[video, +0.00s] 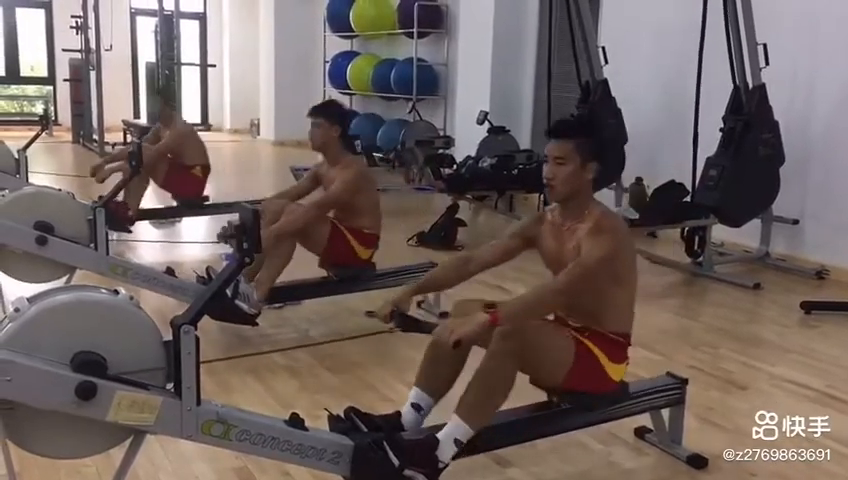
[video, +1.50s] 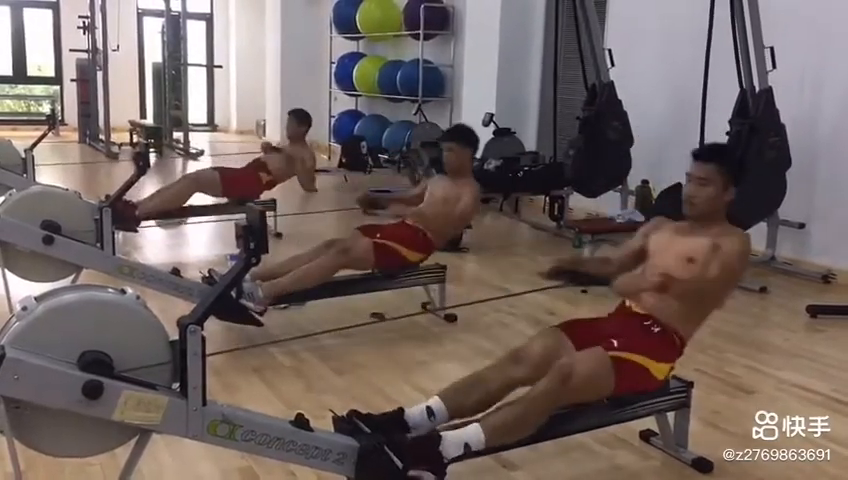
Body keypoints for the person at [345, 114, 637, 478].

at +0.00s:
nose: (547, 172)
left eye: (560, 163)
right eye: (546, 161)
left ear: (590, 170)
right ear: (544, 163)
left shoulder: (607, 231)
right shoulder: (542, 222)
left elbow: (557, 292)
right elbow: (472, 261)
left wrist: (485, 322)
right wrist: (411, 292)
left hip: (601, 356)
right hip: (560, 336)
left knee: (510, 335)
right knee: (465, 313)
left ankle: (439, 452)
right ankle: (407, 423)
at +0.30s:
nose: (485, 181)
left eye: (498, 172)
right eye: (484, 170)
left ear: (530, 178)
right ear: (483, 170)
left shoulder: (545, 241)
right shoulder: (484, 230)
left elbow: (491, 302)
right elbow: (409, 267)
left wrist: (405, 330)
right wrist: (337, 297)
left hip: (559, 373)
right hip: (514, 360)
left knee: (480, 323)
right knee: (428, 299)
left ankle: (439, 452)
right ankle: (408, 425)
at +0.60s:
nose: (413, 196)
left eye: (425, 187)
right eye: (411, 185)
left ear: (459, 194)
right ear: (410, 185)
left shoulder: (471, 254)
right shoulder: (411, 245)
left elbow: (403, 314)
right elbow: (330, 280)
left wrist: (310, 347)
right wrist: (249, 312)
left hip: (521, 384)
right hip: (473, 372)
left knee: (448, 320)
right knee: (394, 293)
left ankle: (442, 443)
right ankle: (408, 418)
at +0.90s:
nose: (452, 187)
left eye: (465, 177)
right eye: (451, 176)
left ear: (497, 187)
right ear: (449, 179)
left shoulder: (513, 246)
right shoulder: (453, 236)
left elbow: (456, 308)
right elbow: (377, 275)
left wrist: (367, 330)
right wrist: (310, 293)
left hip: (547, 373)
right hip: (498, 364)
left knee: (468, 319)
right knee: (420, 295)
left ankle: (443, 450)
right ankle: (409, 423)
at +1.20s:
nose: (586, 166)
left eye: (600, 157)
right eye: (584, 155)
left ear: (627, 166)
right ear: (578, 158)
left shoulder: (637, 226)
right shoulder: (571, 219)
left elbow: (581, 287)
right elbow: (498, 259)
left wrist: (516, 302)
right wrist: (446, 269)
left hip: (623, 349)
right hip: (584, 329)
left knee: (535, 346)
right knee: (484, 322)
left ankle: (443, 452)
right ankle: (412, 423)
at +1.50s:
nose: (689, 189)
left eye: (701, 183)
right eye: (689, 180)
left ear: (727, 193)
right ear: (687, 183)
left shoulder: (733, 241)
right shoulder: (660, 227)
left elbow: (706, 288)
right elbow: (615, 268)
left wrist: (657, 276)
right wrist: (573, 263)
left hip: (654, 344)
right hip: (614, 321)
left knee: (561, 376)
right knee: (523, 357)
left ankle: (442, 450)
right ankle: (407, 424)